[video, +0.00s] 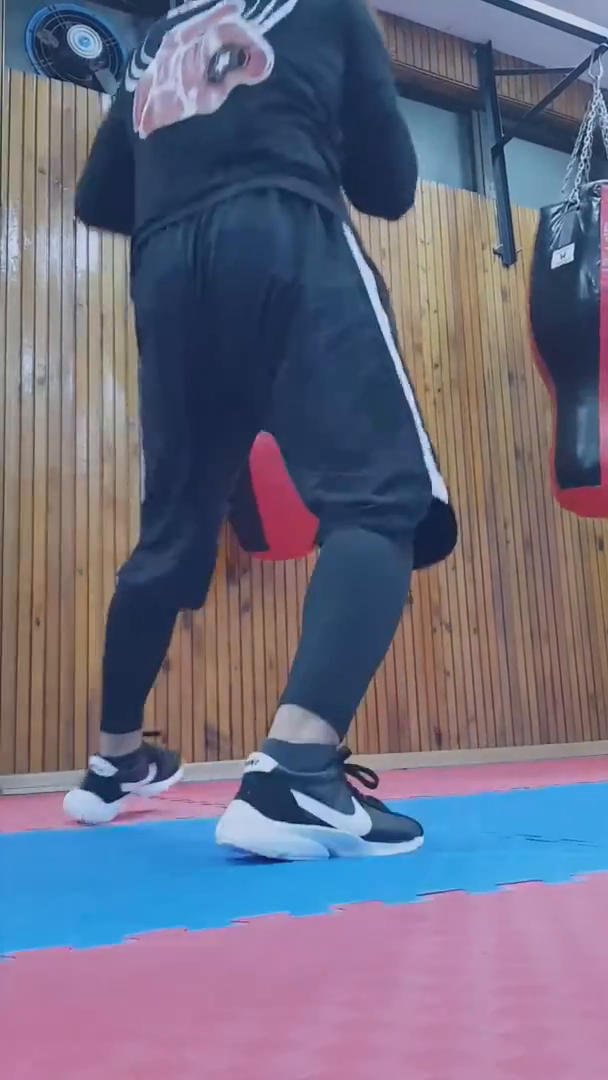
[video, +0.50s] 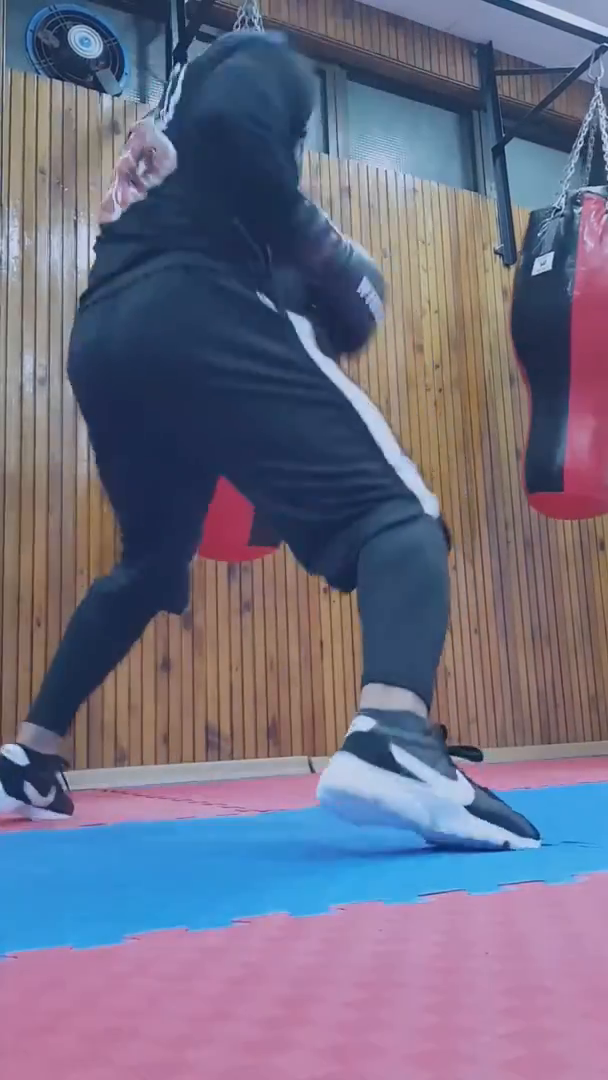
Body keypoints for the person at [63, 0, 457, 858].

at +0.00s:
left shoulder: (157, 52)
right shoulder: (330, 12)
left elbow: (99, 196)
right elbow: (388, 186)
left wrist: (204, 194)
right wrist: (310, 122)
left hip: (165, 262)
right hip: (287, 236)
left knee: (172, 520)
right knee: (375, 502)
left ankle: (114, 758)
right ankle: (295, 769)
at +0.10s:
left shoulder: (159, 14)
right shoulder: (342, 2)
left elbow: (90, 123)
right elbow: (397, 132)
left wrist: (193, 137)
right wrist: (317, 68)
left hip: (158, 222)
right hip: (271, 191)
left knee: (170, 511)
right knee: (392, 468)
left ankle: (144, 756)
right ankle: (314, 719)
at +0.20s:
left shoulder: (172, 11)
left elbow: (109, 143)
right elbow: (424, 135)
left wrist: (208, 144)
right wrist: (336, 70)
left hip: (154, 231)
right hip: (273, 200)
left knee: (162, 514)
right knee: (401, 471)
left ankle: (130, 762)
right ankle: (391, 756)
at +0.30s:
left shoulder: (190, 29)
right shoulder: (356, 8)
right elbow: (428, 166)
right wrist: (342, 103)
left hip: (141, 254)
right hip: (259, 241)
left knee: (156, 519)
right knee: (422, 502)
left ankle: (90, 751)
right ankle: (398, 751)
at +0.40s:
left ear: (240, 11)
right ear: (302, 3)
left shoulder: (197, 69)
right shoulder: (318, 15)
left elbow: (253, 251)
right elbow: (346, 176)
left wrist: (374, 229)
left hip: (113, 293)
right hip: (212, 268)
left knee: (157, 538)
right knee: (411, 502)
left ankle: (31, 741)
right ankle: (394, 750)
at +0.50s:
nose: (306, 94)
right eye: (304, 79)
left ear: (219, 51)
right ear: (279, 46)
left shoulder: (166, 129)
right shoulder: (265, 55)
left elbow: (219, 251)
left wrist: (321, 298)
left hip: (98, 338)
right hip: (192, 306)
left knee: (148, 567)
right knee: (398, 517)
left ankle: (31, 755)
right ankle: (393, 730)